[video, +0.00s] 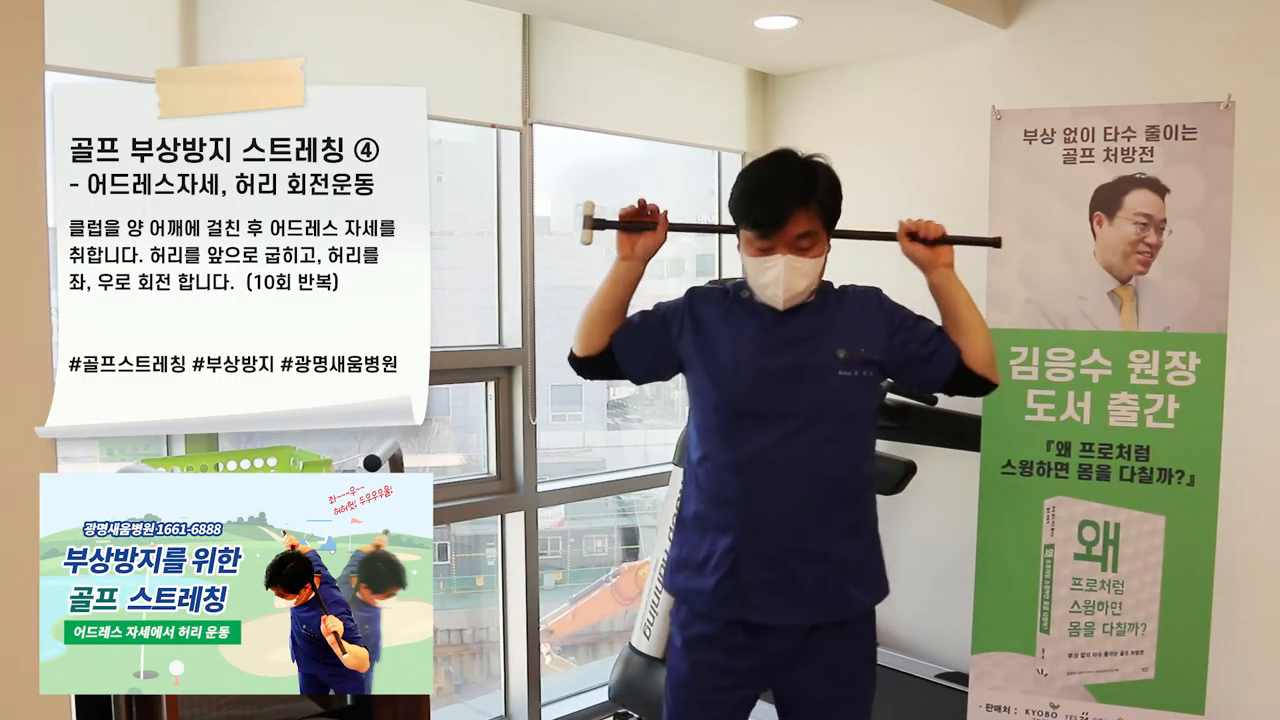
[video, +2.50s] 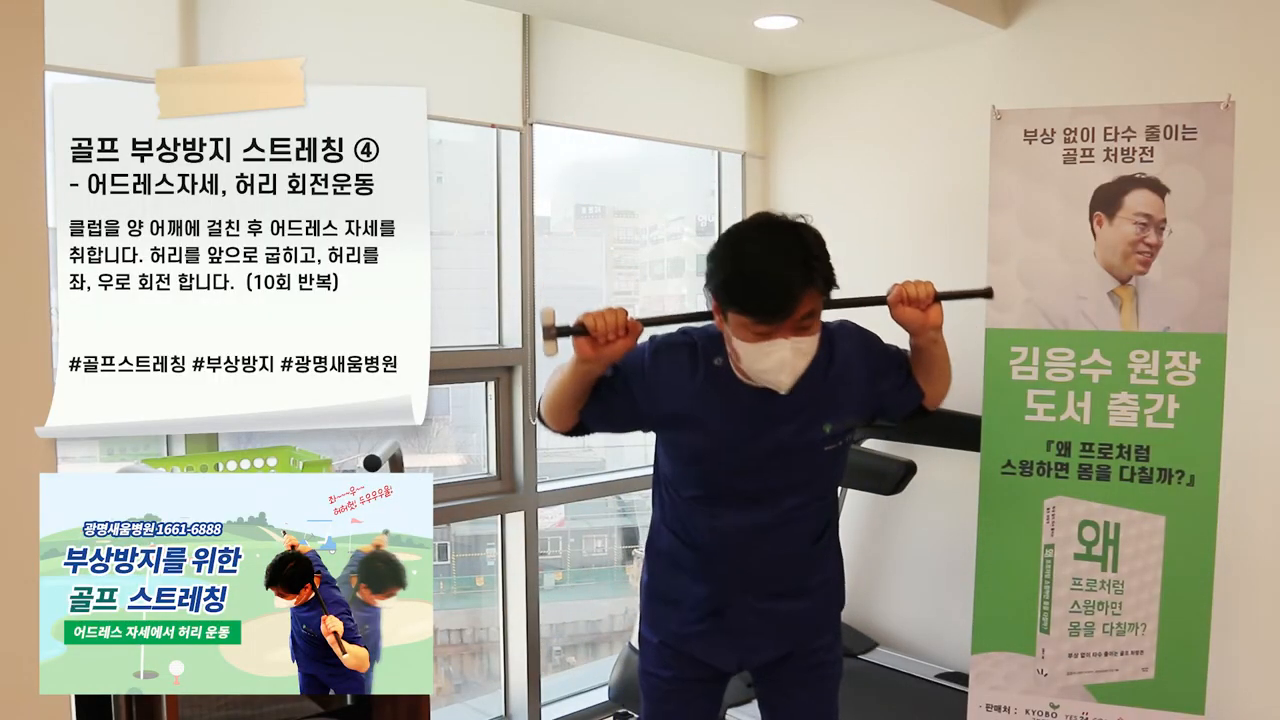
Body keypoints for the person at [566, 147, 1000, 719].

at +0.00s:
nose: (784, 262)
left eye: (805, 243)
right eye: (764, 245)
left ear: (829, 237)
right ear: (740, 239)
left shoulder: (866, 317)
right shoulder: (702, 317)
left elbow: (979, 374)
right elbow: (590, 357)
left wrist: (941, 273)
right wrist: (629, 263)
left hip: (833, 618)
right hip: (715, 615)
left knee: (836, 713)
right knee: (691, 713)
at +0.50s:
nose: (726, 292)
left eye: (750, 272)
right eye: (706, 273)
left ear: (774, 261)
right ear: (679, 258)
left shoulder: (805, 324)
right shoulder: (636, 327)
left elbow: (900, 380)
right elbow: (526, 371)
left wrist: (884, 296)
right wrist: (556, 296)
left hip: (775, 610)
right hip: (658, 610)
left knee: (793, 711)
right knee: (652, 711)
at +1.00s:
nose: (784, 332)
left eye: (806, 312)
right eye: (761, 314)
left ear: (832, 290)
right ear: (730, 290)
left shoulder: (863, 349)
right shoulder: (690, 344)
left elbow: (949, 397)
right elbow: (582, 386)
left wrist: (946, 331)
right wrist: (609, 327)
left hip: (816, 619)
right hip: (699, 617)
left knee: (821, 713)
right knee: (681, 713)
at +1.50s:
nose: (768, 332)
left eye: (791, 312)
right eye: (746, 313)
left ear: (818, 296)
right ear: (715, 293)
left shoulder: (848, 356)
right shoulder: (674, 348)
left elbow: (938, 411)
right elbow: (565, 389)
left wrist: (935, 347)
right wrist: (592, 334)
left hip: (798, 619)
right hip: (682, 618)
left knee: (807, 714)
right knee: (668, 715)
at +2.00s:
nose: (763, 326)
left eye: (785, 307)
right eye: (742, 309)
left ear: (811, 294)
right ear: (710, 295)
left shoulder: (845, 356)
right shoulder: (670, 350)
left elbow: (938, 411)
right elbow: (566, 391)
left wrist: (931, 346)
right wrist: (587, 338)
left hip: (798, 619)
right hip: (683, 617)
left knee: (808, 713)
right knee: (668, 714)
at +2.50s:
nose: (788, 344)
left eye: (806, 323)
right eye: (763, 330)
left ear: (821, 303)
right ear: (719, 314)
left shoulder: (846, 358)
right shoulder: (671, 368)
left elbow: (927, 393)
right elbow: (557, 418)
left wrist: (927, 336)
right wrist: (587, 365)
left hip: (802, 624)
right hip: (685, 625)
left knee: (809, 714)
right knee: (669, 715)